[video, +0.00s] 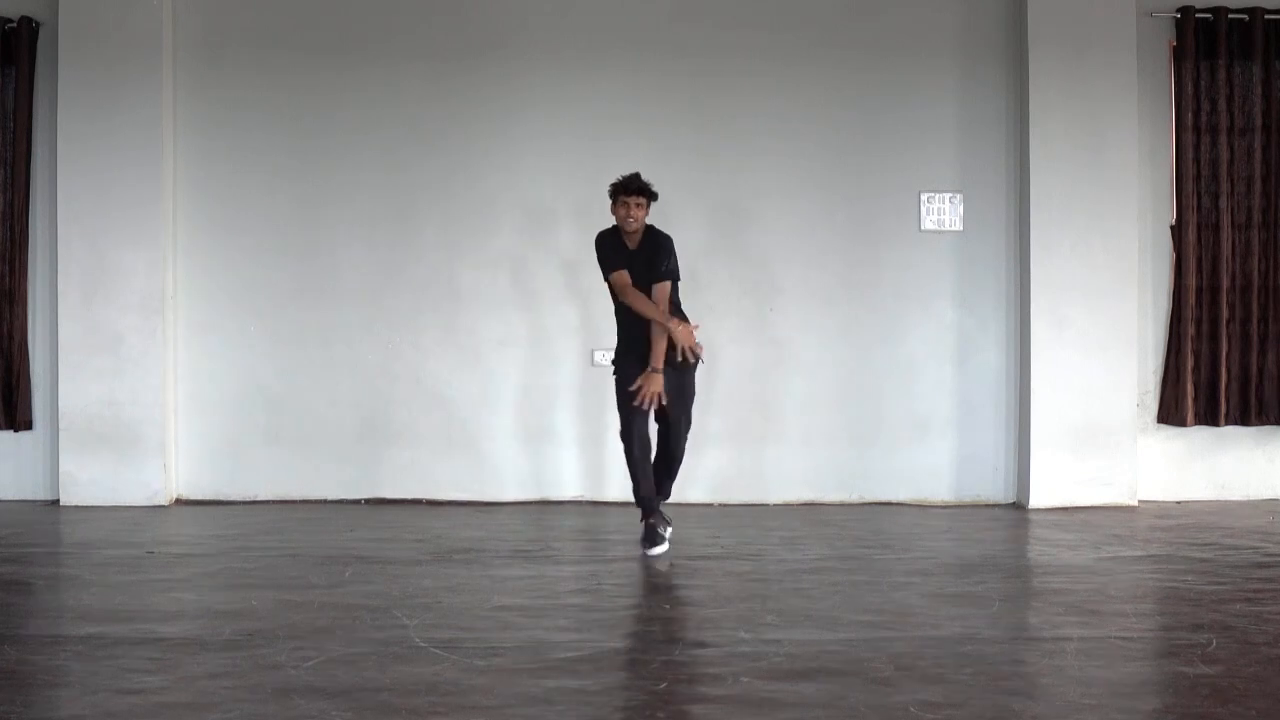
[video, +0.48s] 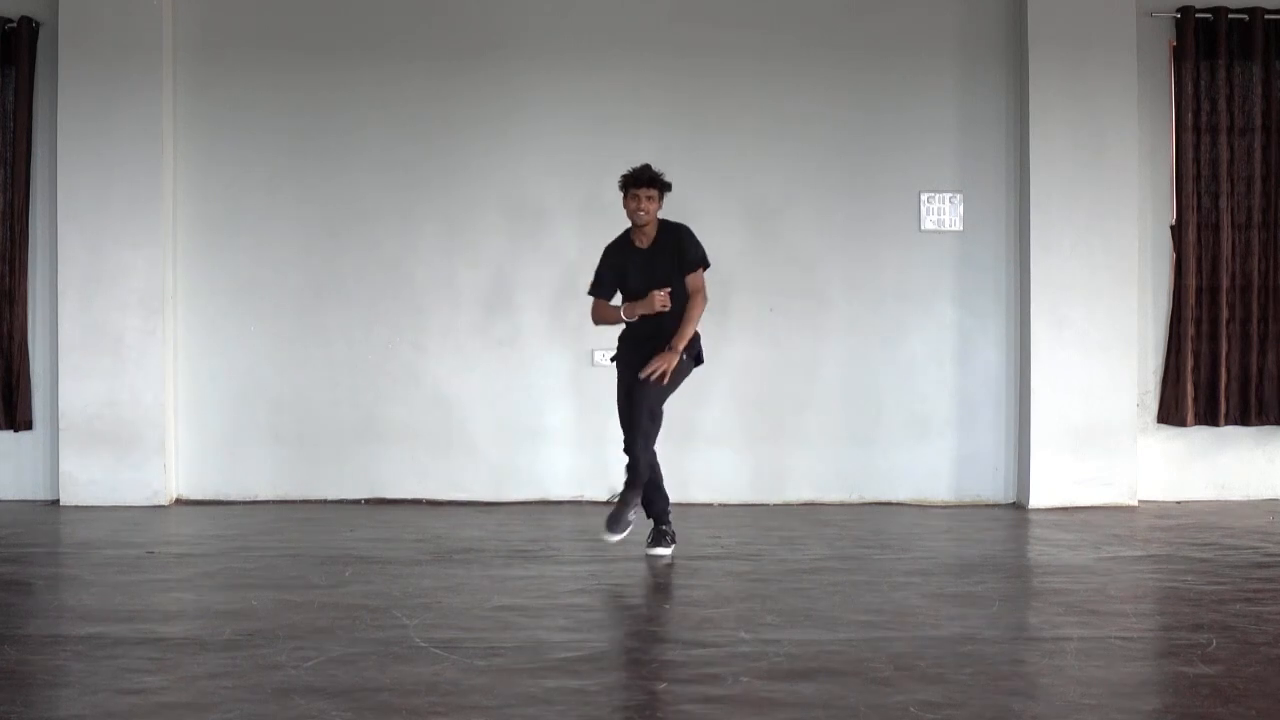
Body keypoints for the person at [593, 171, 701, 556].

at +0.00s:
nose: (631, 212)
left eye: (638, 206)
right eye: (624, 205)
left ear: (648, 209)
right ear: (613, 208)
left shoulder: (662, 244)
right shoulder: (606, 241)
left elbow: (662, 306)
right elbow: (626, 292)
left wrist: (656, 369)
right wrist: (674, 324)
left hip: (674, 346)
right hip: (632, 346)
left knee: (675, 437)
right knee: (633, 435)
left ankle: (653, 505)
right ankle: (652, 519)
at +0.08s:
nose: (629, 208)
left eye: (636, 202)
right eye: (621, 201)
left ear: (645, 206)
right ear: (609, 204)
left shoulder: (661, 241)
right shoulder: (600, 242)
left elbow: (678, 306)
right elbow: (616, 297)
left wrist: (686, 366)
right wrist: (674, 312)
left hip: (678, 353)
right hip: (637, 357)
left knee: (697, 445)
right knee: (650, 444)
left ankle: (658, 492)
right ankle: (661, 524)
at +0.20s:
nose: (636, 195)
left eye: (643, 189)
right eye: (629, 189)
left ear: (652, 194)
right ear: (617, 192)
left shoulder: (669, 230)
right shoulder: (602, 231)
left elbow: (708, 280)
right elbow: (584, 287)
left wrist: (715, 335)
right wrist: (635, 298)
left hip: (680, 341)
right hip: (637, 354)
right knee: (652, 439)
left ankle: (692, 448)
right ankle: (661, 526)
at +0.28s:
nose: (641, 190)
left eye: (648, 183)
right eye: (633, 183)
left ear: (659, 187)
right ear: (622, 187)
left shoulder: (676, 224)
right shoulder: (608, 228)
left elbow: (718, 267)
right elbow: (573, 274)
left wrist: (712, 312)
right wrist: (610, 293)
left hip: (676, 332)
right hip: (634, 344)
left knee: (723, 345)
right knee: (648, 436)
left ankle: (706, 430)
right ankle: (661, 525)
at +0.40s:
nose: (641, 195)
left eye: (648, 188)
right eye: (633, 188)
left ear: (660, 192)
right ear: (624, 193)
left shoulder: (682, 225)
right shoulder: (612, 239)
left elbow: (717, 276)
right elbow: (580, 291)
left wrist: (690, 316)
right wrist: (621, 298)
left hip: (677, 332)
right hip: (633, 341)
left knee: (674, 355)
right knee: (644, 437)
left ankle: (674, 442)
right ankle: (661, 524)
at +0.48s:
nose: (641, 205)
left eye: (649, 199)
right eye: (634, 198)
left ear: (660, 203)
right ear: (624, 202)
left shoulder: (679, 237)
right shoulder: (615, 251)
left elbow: (698, 296)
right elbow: (598, 312)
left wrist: (675, 349)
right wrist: (639, 307)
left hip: (677, 341)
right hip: (634, 344)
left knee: (646, 396)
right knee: (634, 432)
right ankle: (661, 523)